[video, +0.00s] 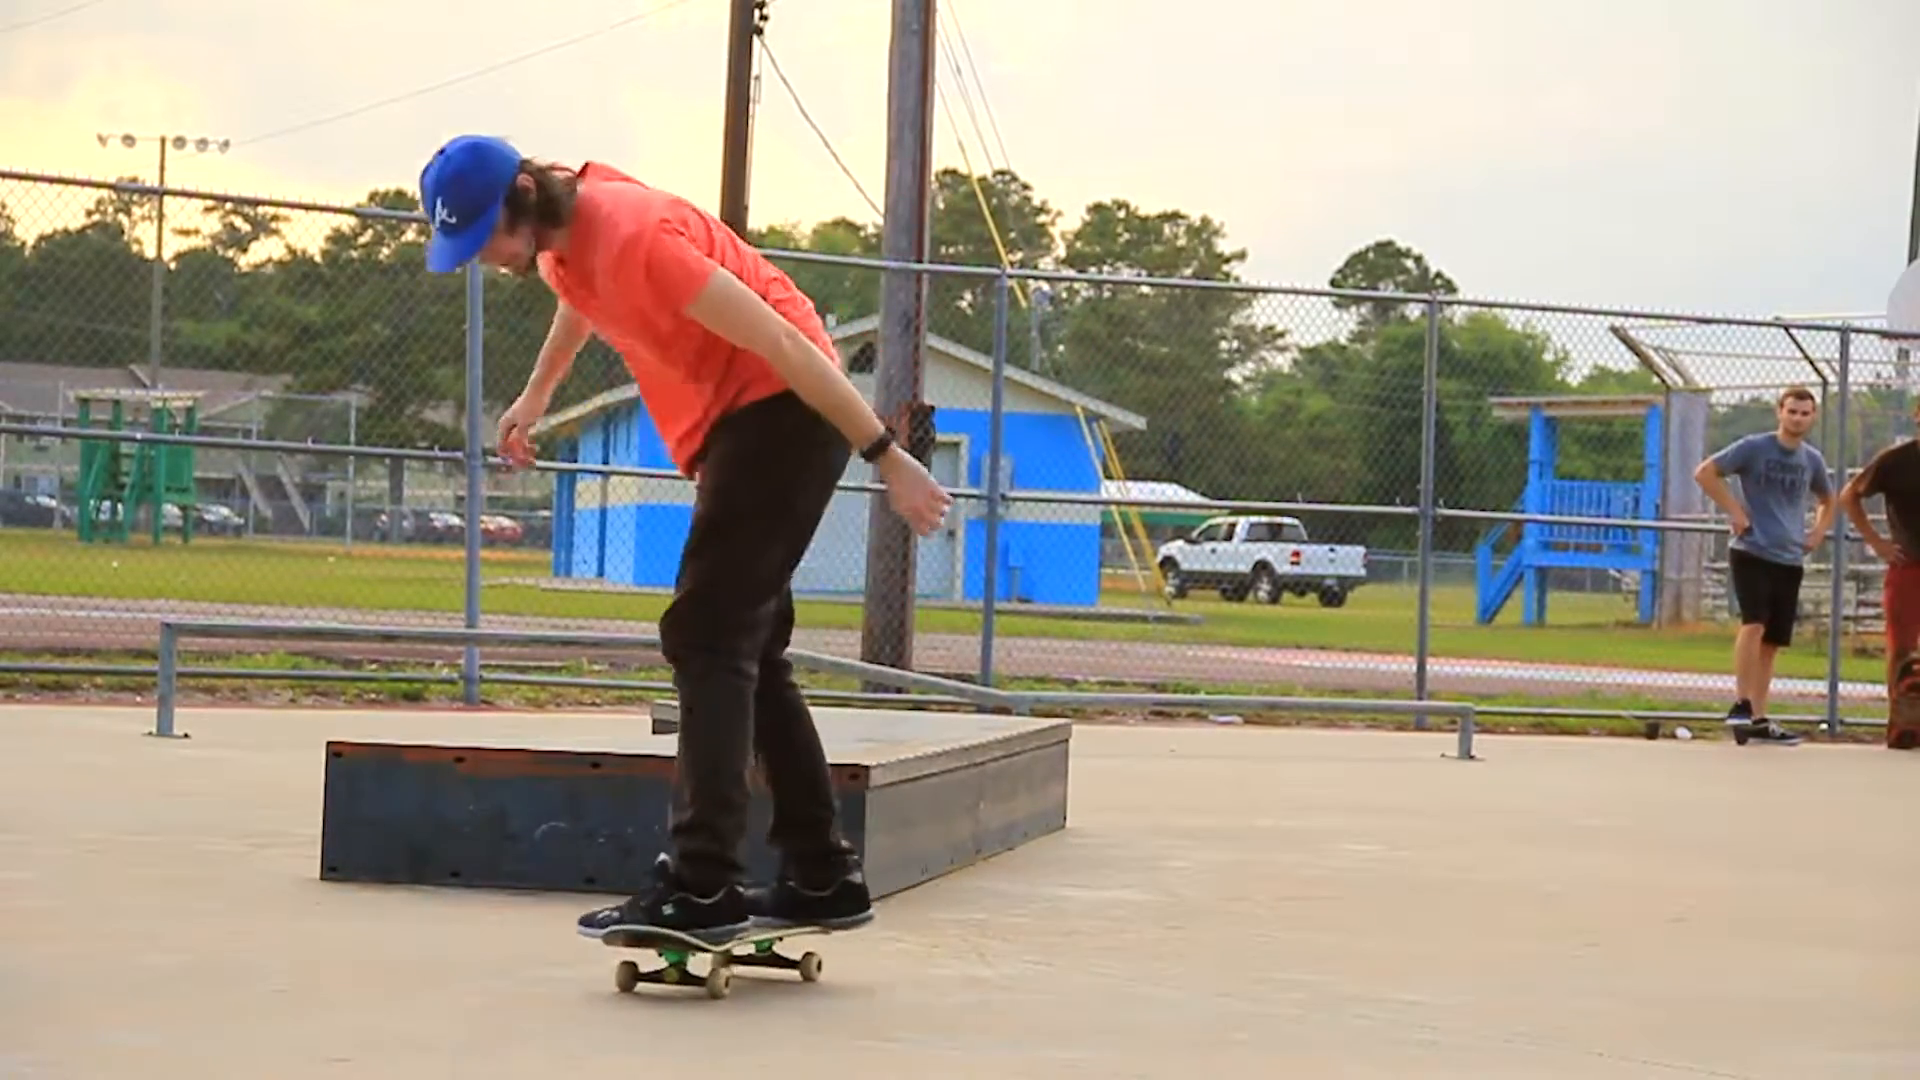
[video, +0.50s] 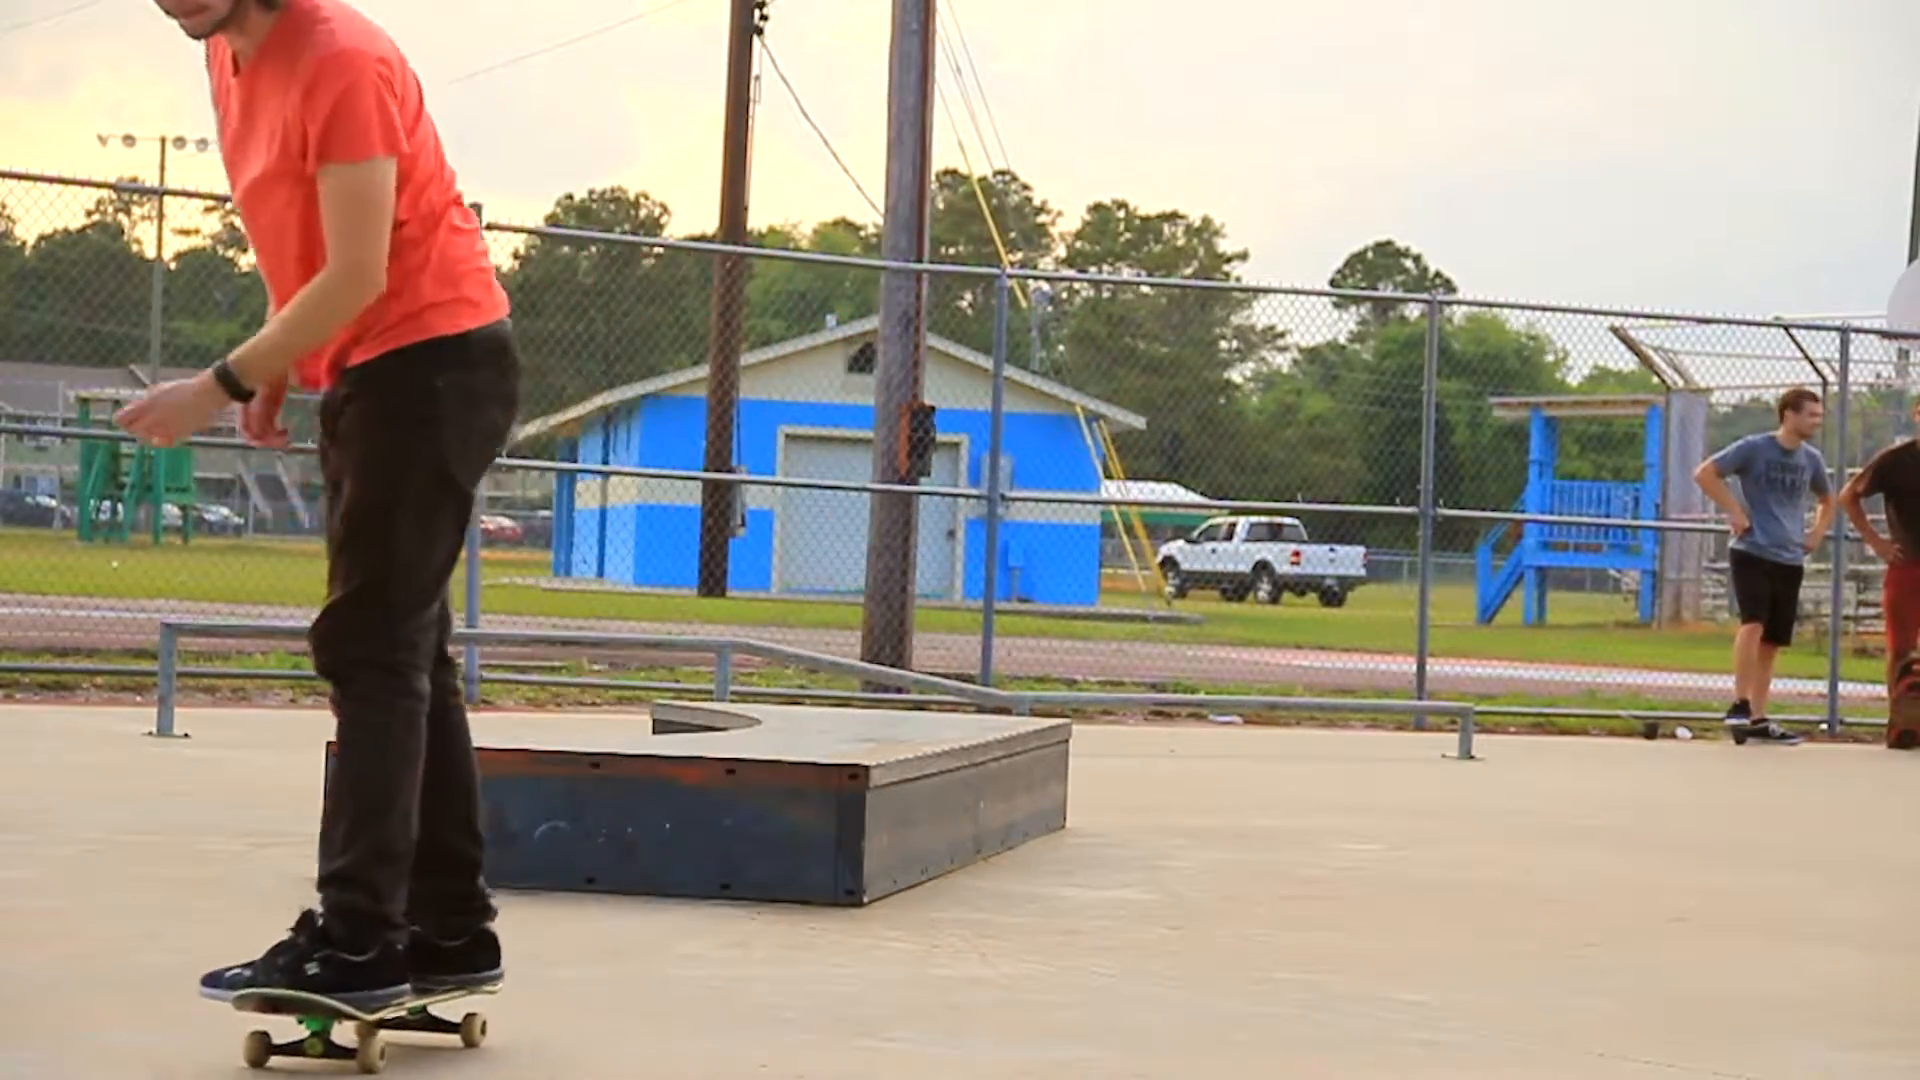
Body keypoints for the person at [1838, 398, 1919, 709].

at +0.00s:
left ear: (1914, 417)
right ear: (1915, 417)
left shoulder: (1900, 458)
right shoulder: (1900, 458)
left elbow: (1850, 496)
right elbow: (1849, 495)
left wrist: (1877, 543)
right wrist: (1877, 543)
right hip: (1907, 569)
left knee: (1905, 657)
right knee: (1903, 656)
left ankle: (1906, 739)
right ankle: (1903, 741)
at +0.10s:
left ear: (1914, 416)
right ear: (1915, 416)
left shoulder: (1901, 457)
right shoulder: (1900, 458)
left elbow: (1850, 496)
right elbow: (1849, 495)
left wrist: (1877, 544)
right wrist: (1877, 543)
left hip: (1909, 568)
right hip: (1906, 567)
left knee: (1904, 650)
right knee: (1903, 648)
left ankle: (1905, 726)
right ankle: (1902, 726)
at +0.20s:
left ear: (1913, 415)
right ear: (1915, 415)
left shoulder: (1901, 457)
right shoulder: (1901, 458)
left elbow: (1849, 495)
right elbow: (1849, 495)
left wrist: (1875, 542)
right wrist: (1876, 542)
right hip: (1907, 567)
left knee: (1905, 653)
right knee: (1903, 652)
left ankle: (1904, 732)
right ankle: (1902, 732)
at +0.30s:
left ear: (1914, 415)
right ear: (1915, 415)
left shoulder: (1901, 457)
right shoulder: (1900, 458)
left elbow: (1849, 495)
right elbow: (1849, 495)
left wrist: (1875, 541)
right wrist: (1876, 542)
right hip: (1907, 567)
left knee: (1905, 654)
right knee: (1903, 653)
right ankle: (1901, 732)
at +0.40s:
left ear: (1914, 415)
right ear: (1915, 415)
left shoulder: (1901, 458)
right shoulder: (1900, 458)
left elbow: (1850, 495)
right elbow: (1849, 496)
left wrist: (1875, 541)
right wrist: (1876, 541)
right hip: (1907, 567)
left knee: (1904, 654)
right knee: (1902, 652)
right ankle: (1901, 734)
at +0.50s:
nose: (1919, 414)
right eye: (1919, 410)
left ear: (1914, 415)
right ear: (1915, 415)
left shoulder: (1901, 457)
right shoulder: (1901, 458)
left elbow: (1849, 495)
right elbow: (1849, 496)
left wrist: (1875, 541)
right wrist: (1876, 542)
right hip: (1907, 565)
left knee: (1904, 651)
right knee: (1902, 650)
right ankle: (1901, 726)